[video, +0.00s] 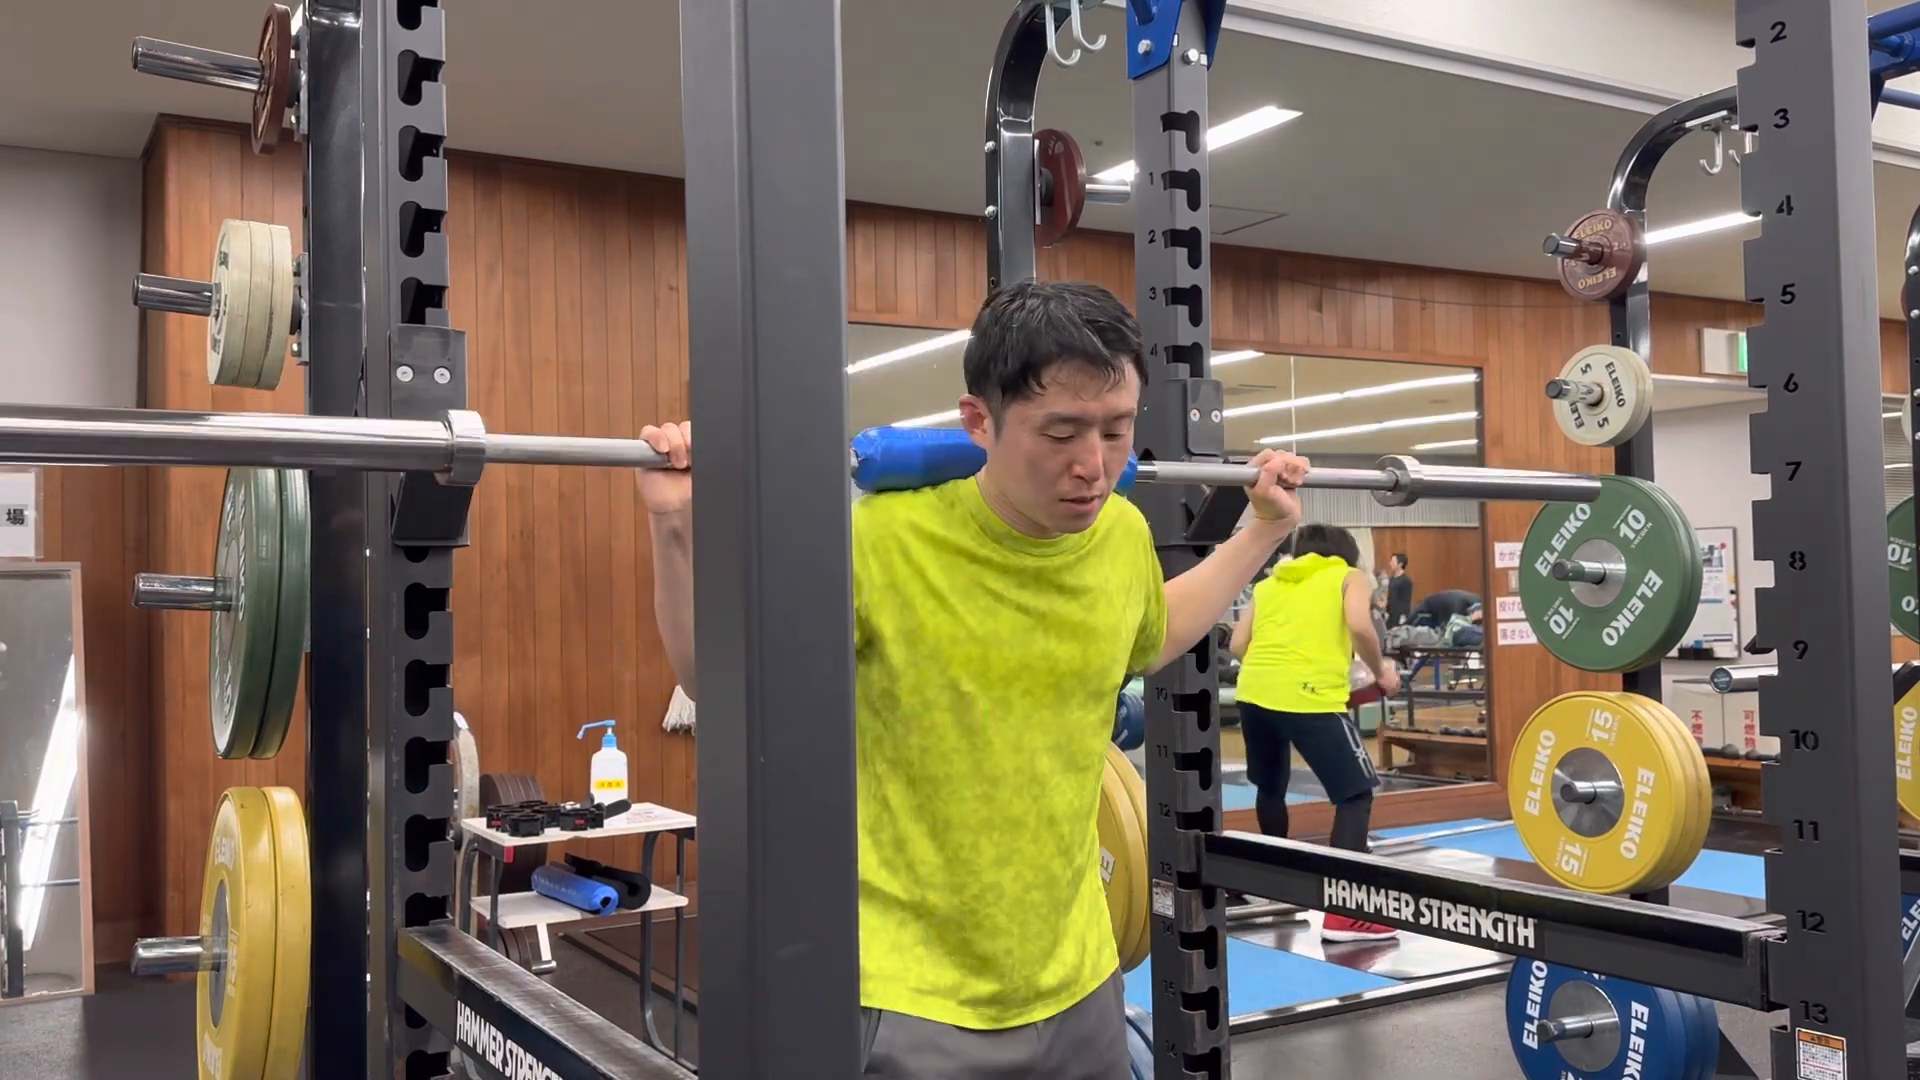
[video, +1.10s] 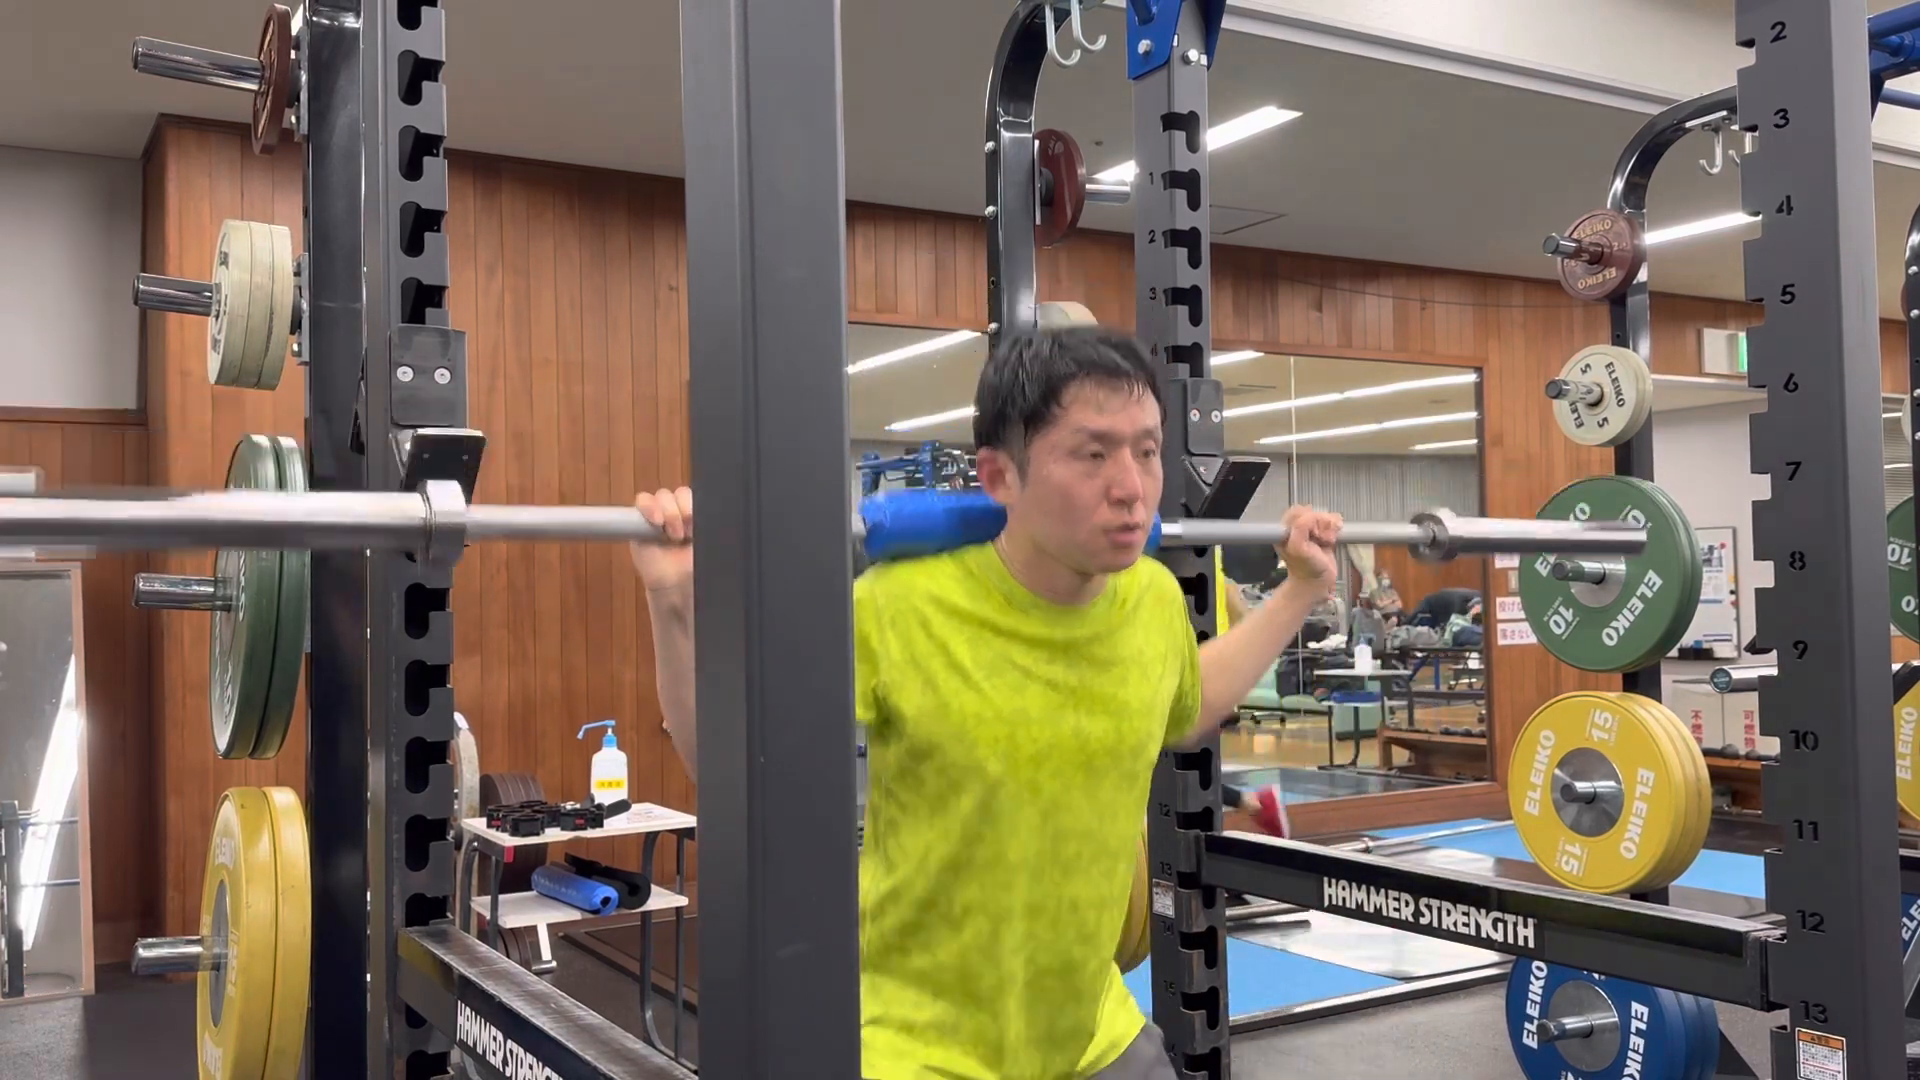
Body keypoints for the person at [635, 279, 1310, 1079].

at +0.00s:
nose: (1094, 463)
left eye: (1114, 429)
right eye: (1060, 431)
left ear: (1134, 418)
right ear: (979, 420)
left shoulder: (1122, 535)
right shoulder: (878, 542)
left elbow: (1144, 640)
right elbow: (712, 675)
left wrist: (1260, 535)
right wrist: (675, 528)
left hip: (1078, 987)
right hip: (914, 1005)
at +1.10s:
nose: (1133, 485)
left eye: (1147, 453)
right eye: (1092, 454)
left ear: (1164, 461)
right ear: (999, 476)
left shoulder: (1151, 599)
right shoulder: (894, 608)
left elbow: (1183, 711)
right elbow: (719, 761)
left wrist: (1298, 598)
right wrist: (677, 612)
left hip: (1091, 1025)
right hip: (914, 1037)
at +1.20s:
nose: (1141, 559)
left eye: (1155, 527)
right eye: (1099, 528)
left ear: (1170, 535)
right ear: (1007, 546)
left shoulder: (1161, 667)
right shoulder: (905, 683)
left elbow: (1193, 768)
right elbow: (729, 834)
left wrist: (1308, 652)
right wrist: (681, 686)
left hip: (1079, 1050)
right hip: (911, 1052)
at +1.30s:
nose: (1149, 647)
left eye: (1163, 614)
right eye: (1107, 618)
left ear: (1179, 619)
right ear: (1014, 637)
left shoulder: (1169, 748)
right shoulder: (911, 777)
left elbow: (1196, 848)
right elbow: (735, 917)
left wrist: (1316, 730)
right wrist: (691, 788)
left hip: (1074, 1060)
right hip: (905, 1060)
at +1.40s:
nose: (1152, 704)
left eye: (1165, 670)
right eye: (1109, 674)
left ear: (1181, 674)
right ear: (1017, 692)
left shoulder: (1173, 797)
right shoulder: (906, 839)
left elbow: (1200, 891)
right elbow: (737, 977)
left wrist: (1319, 775)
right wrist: (692, 838)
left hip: (1092, 1063)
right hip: (917, 1064)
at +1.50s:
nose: (1157, 766)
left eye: (1169, 729)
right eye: (1114, 737)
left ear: (1186, 732)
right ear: (1019, 754)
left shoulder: (1179, 856)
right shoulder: (915, 895)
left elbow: (1203, 945)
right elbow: (735, 1033)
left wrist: (1324, 830)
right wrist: (694, 908)